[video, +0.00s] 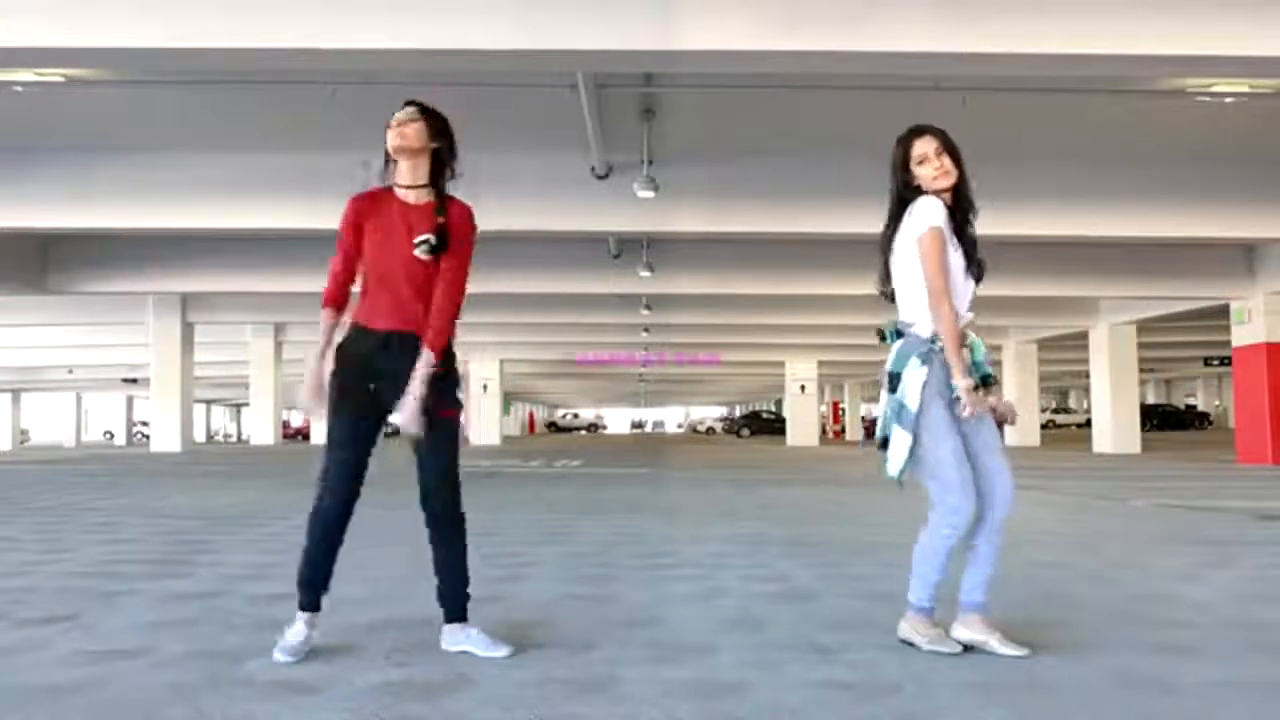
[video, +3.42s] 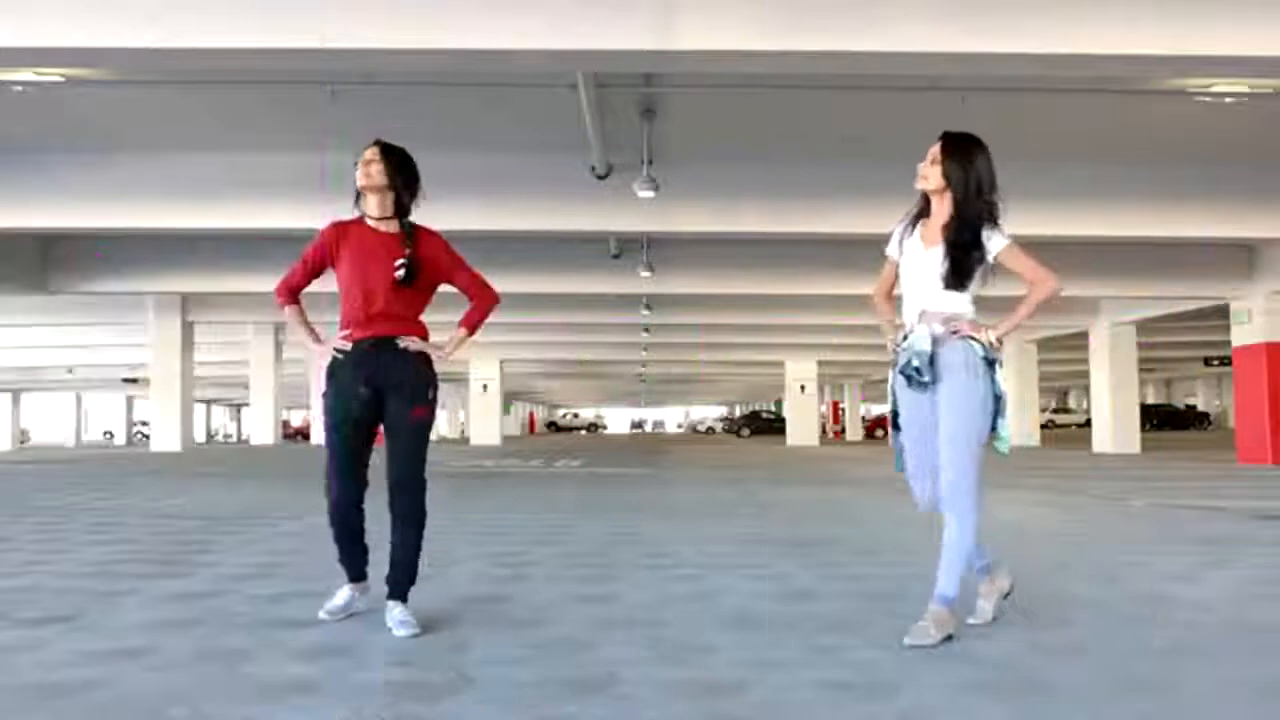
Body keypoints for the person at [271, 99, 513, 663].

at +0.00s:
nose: (397, 130)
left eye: (410, 122)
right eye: (393, 123)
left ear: (437, 141)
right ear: (387, 141)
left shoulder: (456, 216)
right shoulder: (363, 206)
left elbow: (446, 306)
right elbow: (339, 285)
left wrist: (417, 388)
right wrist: (319, 361)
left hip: (426, 361)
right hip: (362, 355)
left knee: (442, 495)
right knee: (337, 489)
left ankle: (456, 625)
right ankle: (306, 617)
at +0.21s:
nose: (359, 133)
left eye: (374, 130)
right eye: (357, 127)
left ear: (392, 156)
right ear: (346, 147)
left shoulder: (403, 225)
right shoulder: (312, 214)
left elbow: (449, 290)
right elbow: (280, 282)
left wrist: (472, 368)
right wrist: (251, 353)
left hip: (373, 365)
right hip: (309, 362)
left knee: (406, 500)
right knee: (306, 503)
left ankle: (451, 622)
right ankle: (300, 625)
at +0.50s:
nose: (347, 143)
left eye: (356, 140)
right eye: (338, 133)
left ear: (362, 161)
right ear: (312, 145)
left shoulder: (375, 213)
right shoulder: (273, 202)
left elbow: (443, 261)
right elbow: (209, 237)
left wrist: (416, 318)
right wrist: (217, 296)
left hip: (355, 358)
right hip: (288, 358)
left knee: (367, 493)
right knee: (294, 498)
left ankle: (373, 621)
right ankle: (298, 624)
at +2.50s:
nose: (369, 160)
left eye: (377, 156)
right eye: (360, 148)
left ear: (378, 171)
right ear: (333, 154)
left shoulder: (380, 233)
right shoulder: (291, 216)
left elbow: (430, 299)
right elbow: (219, 275)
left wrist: (407, 355)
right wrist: (275, 331)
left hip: (374, 376)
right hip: (308, 375)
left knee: (384, 491)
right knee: (305, 497)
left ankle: (395, 602)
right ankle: (301, 621)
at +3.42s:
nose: (364, 170)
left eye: (374, 163)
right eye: (361, 164)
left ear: (399, 177)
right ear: (357, 179)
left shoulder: (425, 242)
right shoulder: (338, 235)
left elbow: (486, 297)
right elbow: (286, 290)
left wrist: (450, 347)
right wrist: (316, 342)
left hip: (408, 364)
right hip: (349, 364)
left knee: (406, 484)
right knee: (342, 483)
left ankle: (398, 600)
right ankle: (355, 582)